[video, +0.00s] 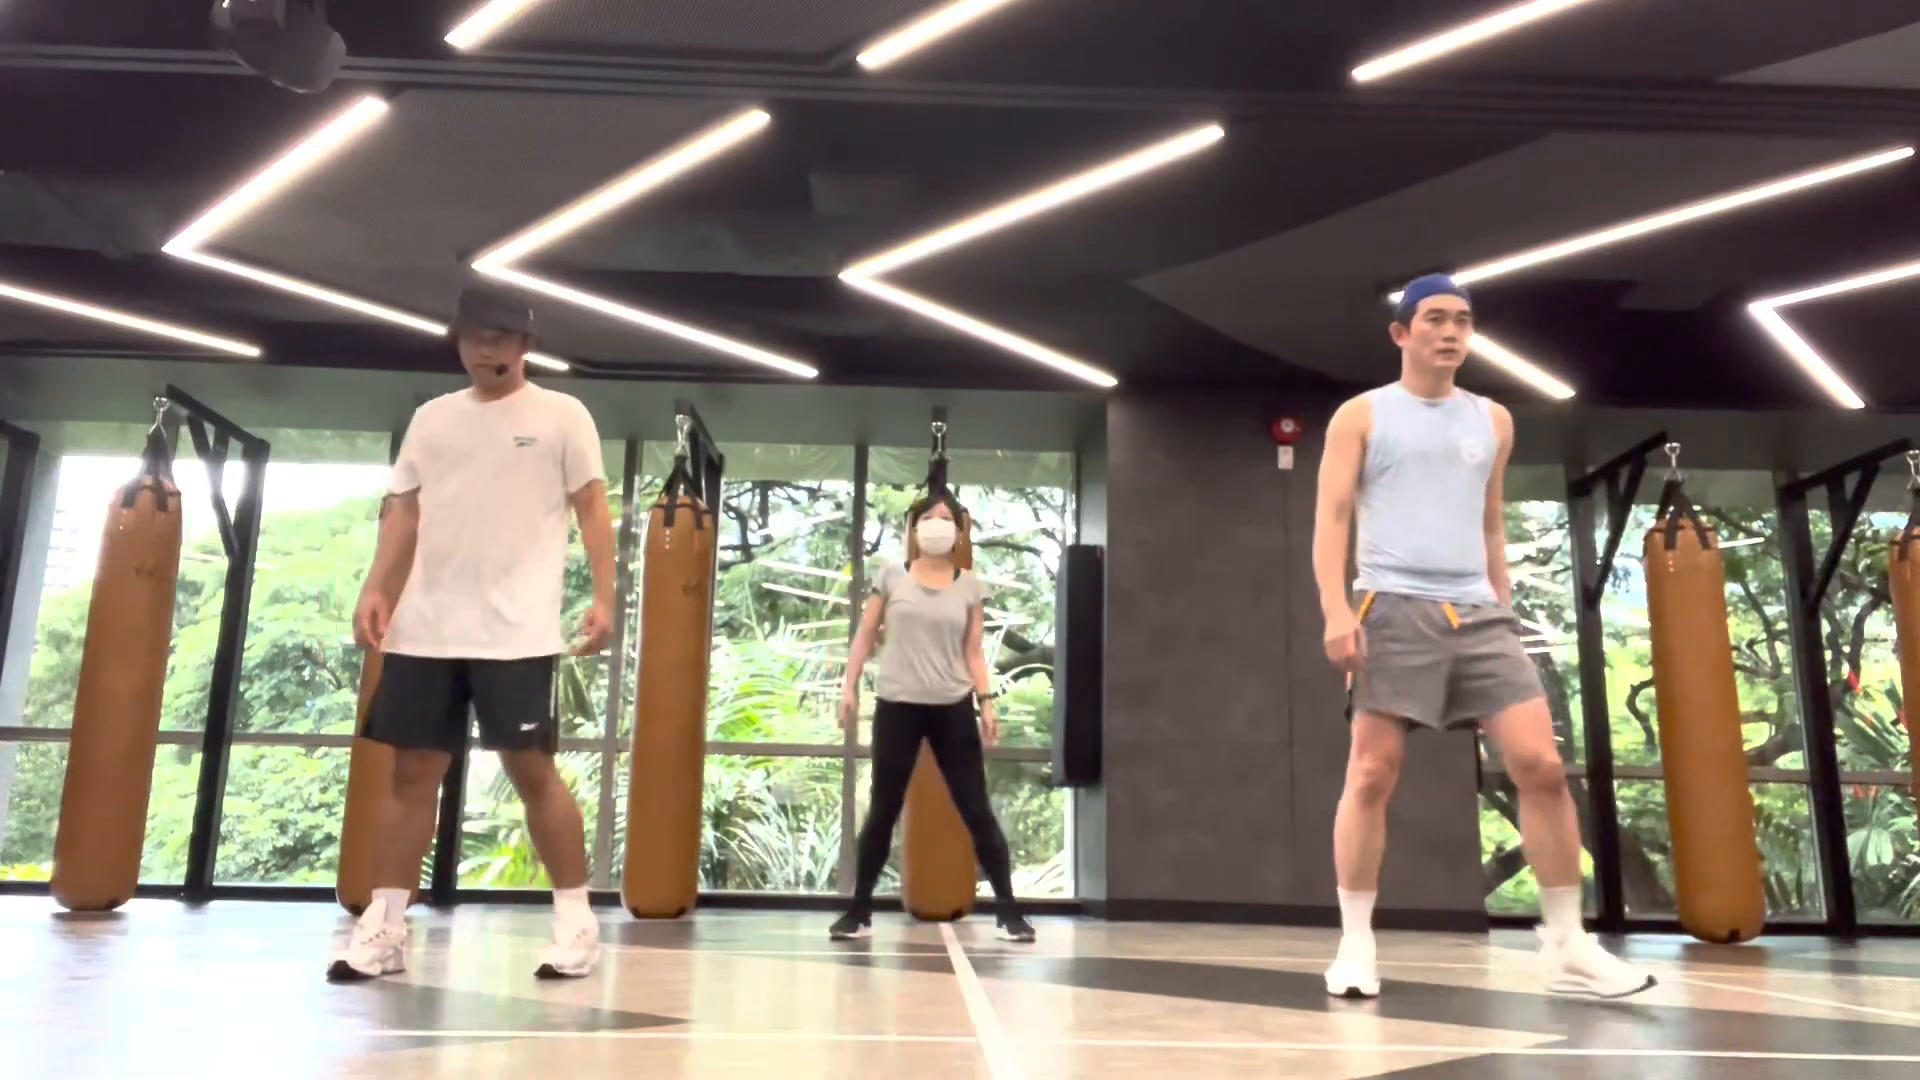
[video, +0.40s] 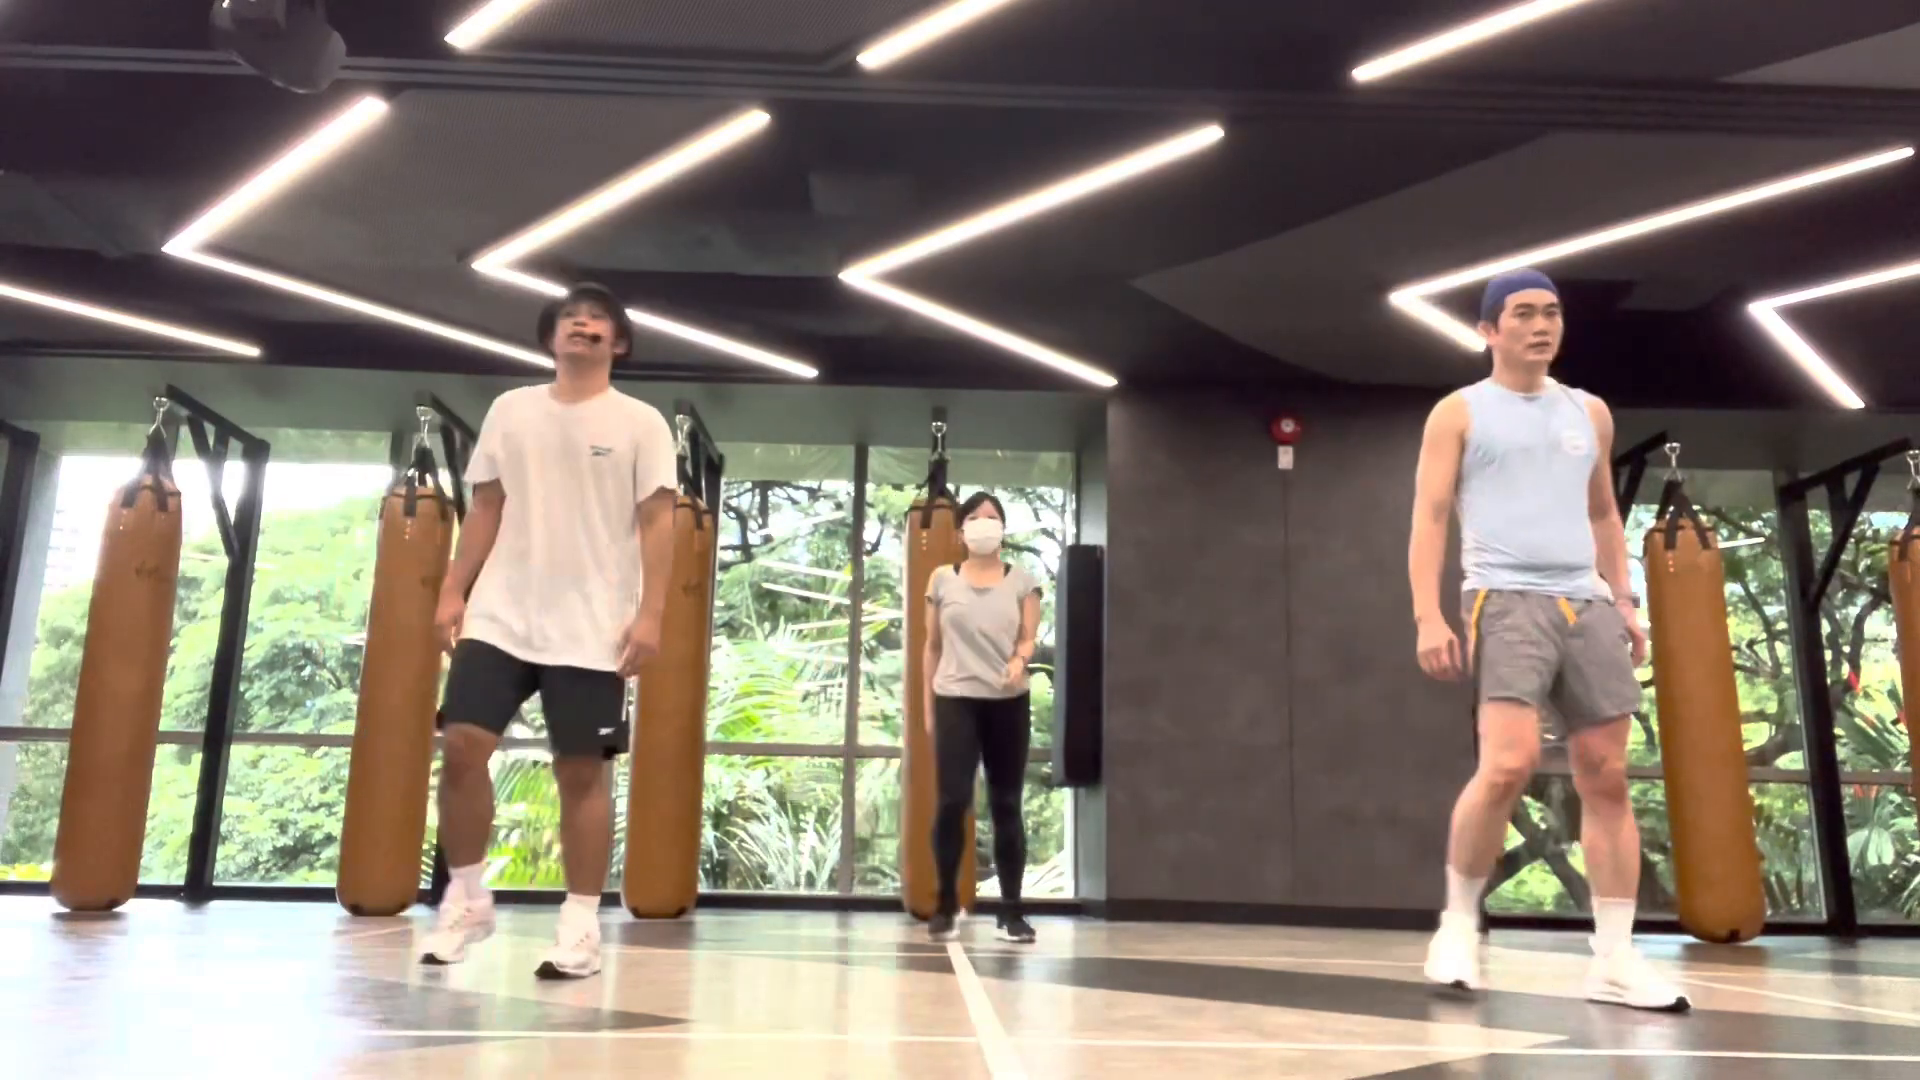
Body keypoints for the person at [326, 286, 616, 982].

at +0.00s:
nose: (491, 350)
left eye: (504, 336)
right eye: (478, 337)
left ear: (527, 342)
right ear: (458, 342)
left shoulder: (563, 416)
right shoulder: (429, 421)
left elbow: (592, 510)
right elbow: (401, 514)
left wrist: (603, 596)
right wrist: (377, 588)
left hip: (516, 631)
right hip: (424, 629)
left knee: (533, 772)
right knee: (411, 772)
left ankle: (576, 925)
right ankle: (385, 931)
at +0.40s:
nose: (584, 325)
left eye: (598, 320)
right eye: (572, 316)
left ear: (618, 343)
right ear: (549, 337)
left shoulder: (643, 423)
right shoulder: (509, 410)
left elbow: (657, 521)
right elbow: (485, 507)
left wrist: (651, 611)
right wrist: (454, 588)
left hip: (590, 624)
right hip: (501, 615)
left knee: (581, 772)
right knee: (462, 746)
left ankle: (579, 927)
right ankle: (468, 904)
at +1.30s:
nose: (474, 324)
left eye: (490, 319)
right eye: (462, 318)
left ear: (516, 345)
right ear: (444, 341)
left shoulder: (544, 407)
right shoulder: (415, 419)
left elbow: (558, 502)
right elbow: (392, 522)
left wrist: (555, 593)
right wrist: (353, 603)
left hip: (507, 616)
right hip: (423, 617)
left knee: (505, 748)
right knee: (413, 770)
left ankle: (534, 908)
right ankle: (404, 929)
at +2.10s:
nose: (565, 330)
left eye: (580, 326)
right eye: (551, 324)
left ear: (599, 352)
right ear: (530, 346)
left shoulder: (627, 415)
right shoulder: (501, 425)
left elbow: (644, 506)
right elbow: (483, 527)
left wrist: (627, 587)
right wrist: (444, 607)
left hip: (583, 627)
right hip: (497, 624)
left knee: (587, 773)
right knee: (443, 762)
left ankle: (600, 932)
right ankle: (417, 922)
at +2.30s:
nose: (593, 323)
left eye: (607, 319)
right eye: (581, 315)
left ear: (626, 348)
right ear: (558, 341)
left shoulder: (647, 412)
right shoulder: (525, 416)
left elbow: (670, 501)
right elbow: (506, 517)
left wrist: (666, 589)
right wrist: (475, 597)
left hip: (603, 617)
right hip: (517, 615)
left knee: (594, 764)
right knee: (471, 740)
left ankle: (601, 927)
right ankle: (514, 894)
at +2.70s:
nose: (575, 323)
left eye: (591, 317)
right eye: (563, 316)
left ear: (610, 344)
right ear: (542, 339)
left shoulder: (629, 416)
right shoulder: (507, 413)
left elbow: (645, 508)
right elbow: (485, 511)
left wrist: (633, 598)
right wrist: (443, 584)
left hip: (576, 622)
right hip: (490, 615)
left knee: (585, 770)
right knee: (427, 736)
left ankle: (600, 926)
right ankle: (437, 901)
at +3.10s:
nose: (466, 321)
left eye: (482, 316)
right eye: (454, 312)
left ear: (504, 343)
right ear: (432, 333)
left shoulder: (527, 410)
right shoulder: (397, 414)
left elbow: (537, 509)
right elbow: (373, 514)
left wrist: (523, 603)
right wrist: (332, 594)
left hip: (485, 626)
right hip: (398, 626)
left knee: (513, 759)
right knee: (373, 768)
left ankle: (560, 909)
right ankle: (363, 930)